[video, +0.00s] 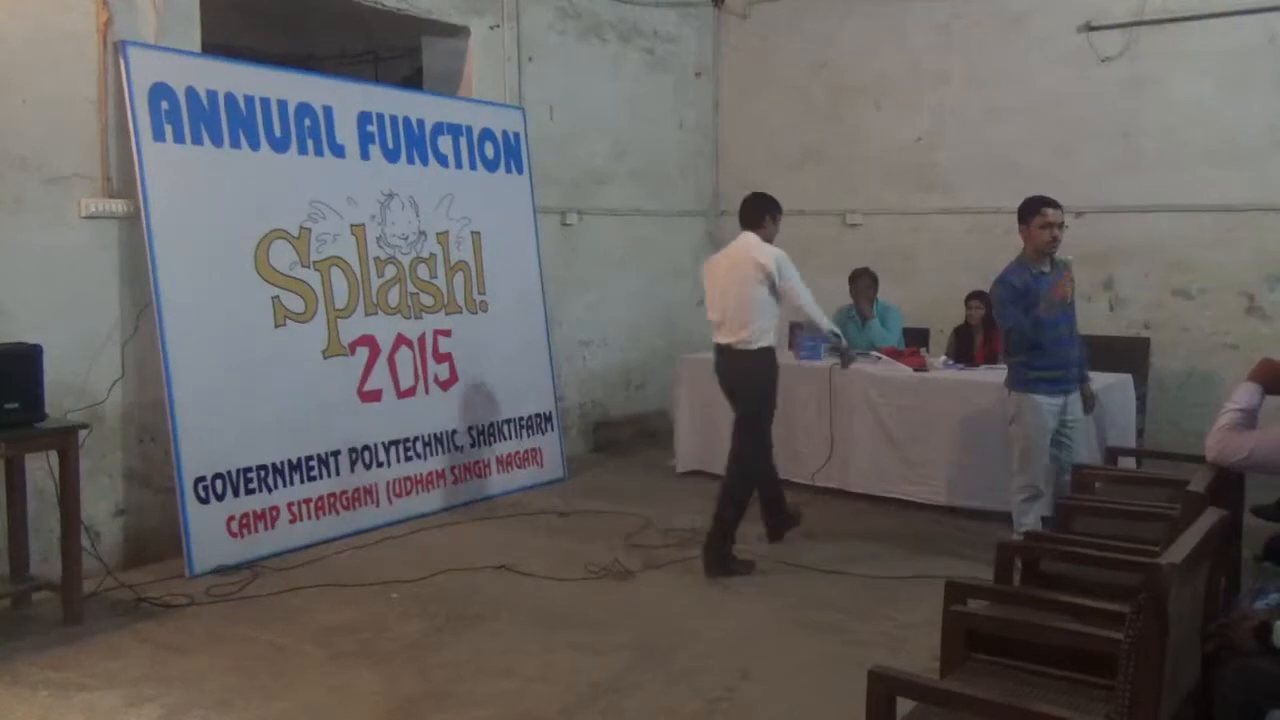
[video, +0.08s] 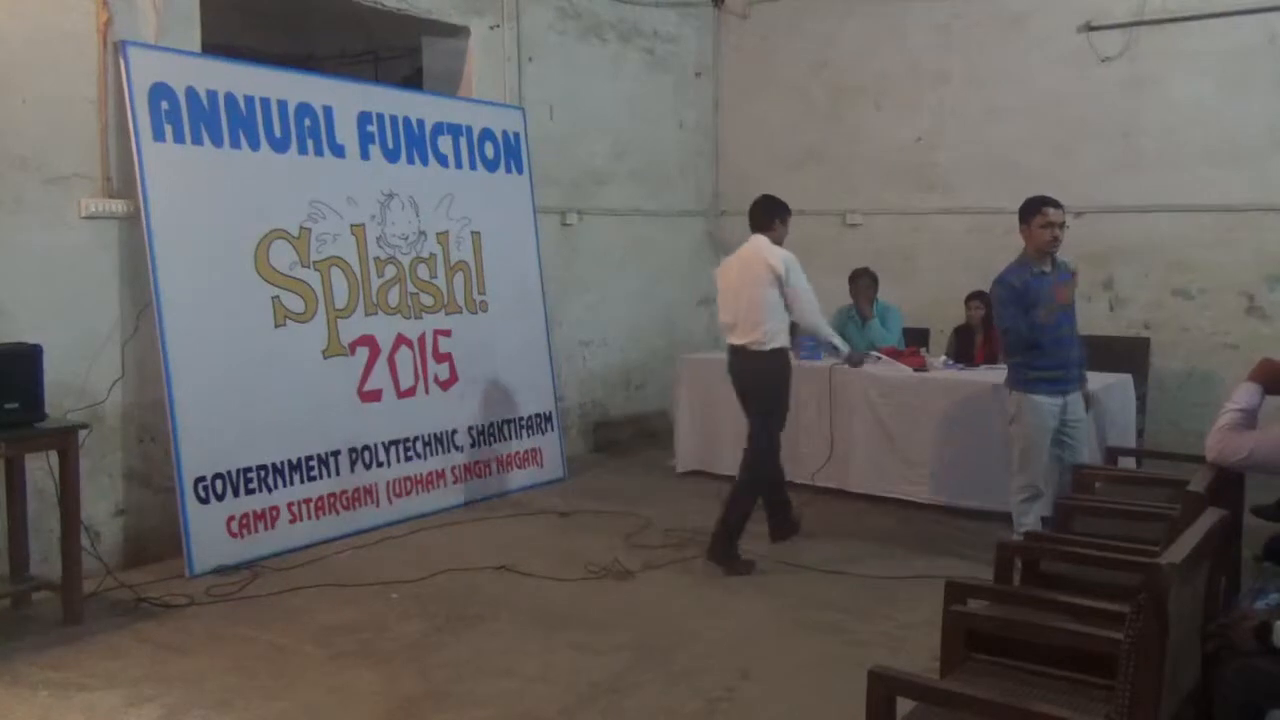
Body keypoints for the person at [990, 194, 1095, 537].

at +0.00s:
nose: (1055, 234)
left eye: (1059, 227)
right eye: (1046, 227)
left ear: (1062, 230)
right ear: (1023, 230)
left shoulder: (1062, 271)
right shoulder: (1007, 283)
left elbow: (1071, 332)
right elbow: (1015, 342)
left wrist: (1083, 379)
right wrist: (1051, 303)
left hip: (1068, 391)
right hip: (1032, 393)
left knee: (1066, 476)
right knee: (1031, 481)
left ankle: (1063, 545)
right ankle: (1028, 552)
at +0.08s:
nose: (1056, 234)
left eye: (1060, 227)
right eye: (1047, 227)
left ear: (1064, 230)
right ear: (1024, 230)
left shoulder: (1064, 273)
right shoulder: (1008, 283)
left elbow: (1070, 333)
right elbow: (1011, 343)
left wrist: (1080, 379)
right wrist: (1053, 307)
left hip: (1070, 389)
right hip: (1032, 392)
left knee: (1079, 471)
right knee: (1030, 479)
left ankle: (1071, 543)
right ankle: (1028, 548)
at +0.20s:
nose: (1057, 234)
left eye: (1062, 227)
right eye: (1048, 227)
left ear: (1065, 230)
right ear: (1026, 230)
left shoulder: (1065, 272)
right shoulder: (1008, 283)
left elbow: (1068, 327)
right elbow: (1006, 342)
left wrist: (1074, 371)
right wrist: (1048, 320)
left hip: (1072, 388)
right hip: (1032, 391)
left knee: (1087, 470)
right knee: (1031, 480)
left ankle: (1082, 546)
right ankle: (1028, 554)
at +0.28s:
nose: (1058, 233)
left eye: (1063, 226)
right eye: (1049, 226)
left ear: (1067, 230)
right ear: (1027, 230)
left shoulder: (1067, 272)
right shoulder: (1008, 283)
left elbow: (1069, 327)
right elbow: (999, 339)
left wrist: (1075, 374)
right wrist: (1046, 324)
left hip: (1073, 389)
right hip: (1032, 392)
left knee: (1087, 471)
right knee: (1032, 479)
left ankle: (1082, 546)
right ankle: (1028, 551)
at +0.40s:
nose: (1060, 233)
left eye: (1065, 226)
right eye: (1052, 225)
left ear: (1070, 229)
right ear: (1031, 229)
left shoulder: (1071, 273)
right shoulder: (1009, 282)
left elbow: (1075, 328)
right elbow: (998, 337)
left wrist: (1082, 377)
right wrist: (1045, 326)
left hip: (1075, 390)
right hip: (1033, 393)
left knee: (1087, 474)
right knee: (1033, 480)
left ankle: (1083, 547)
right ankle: (1031, 553)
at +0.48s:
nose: (1063, 232)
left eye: (1068, 226)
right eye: (1054, 225)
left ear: (1073, 230)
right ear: (1032, 229)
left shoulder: (1074, 275)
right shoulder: (1012, 282)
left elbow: (1084, 333)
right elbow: (995, 335)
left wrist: (1092, 386)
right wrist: (1042, 329)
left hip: (1076, 394)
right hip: (1035, 395)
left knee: (1084, 477)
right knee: (1037, 482)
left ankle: (1079, 551)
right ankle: (1030, 555)